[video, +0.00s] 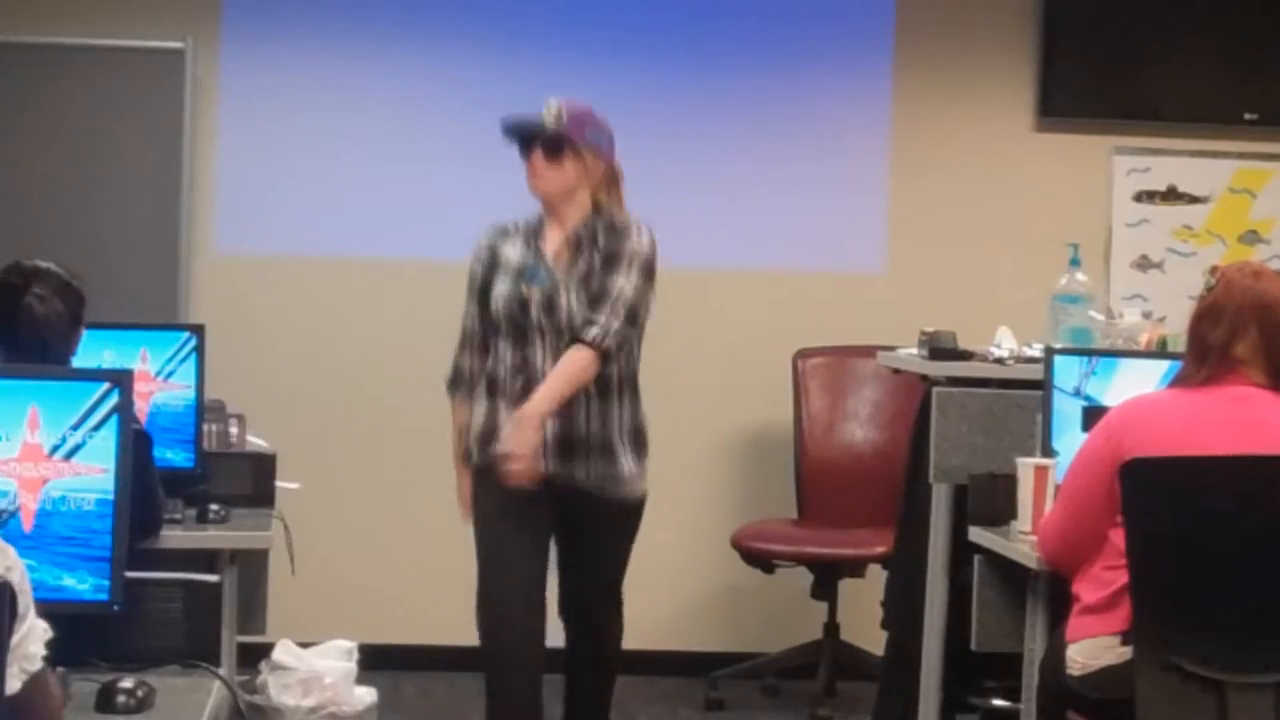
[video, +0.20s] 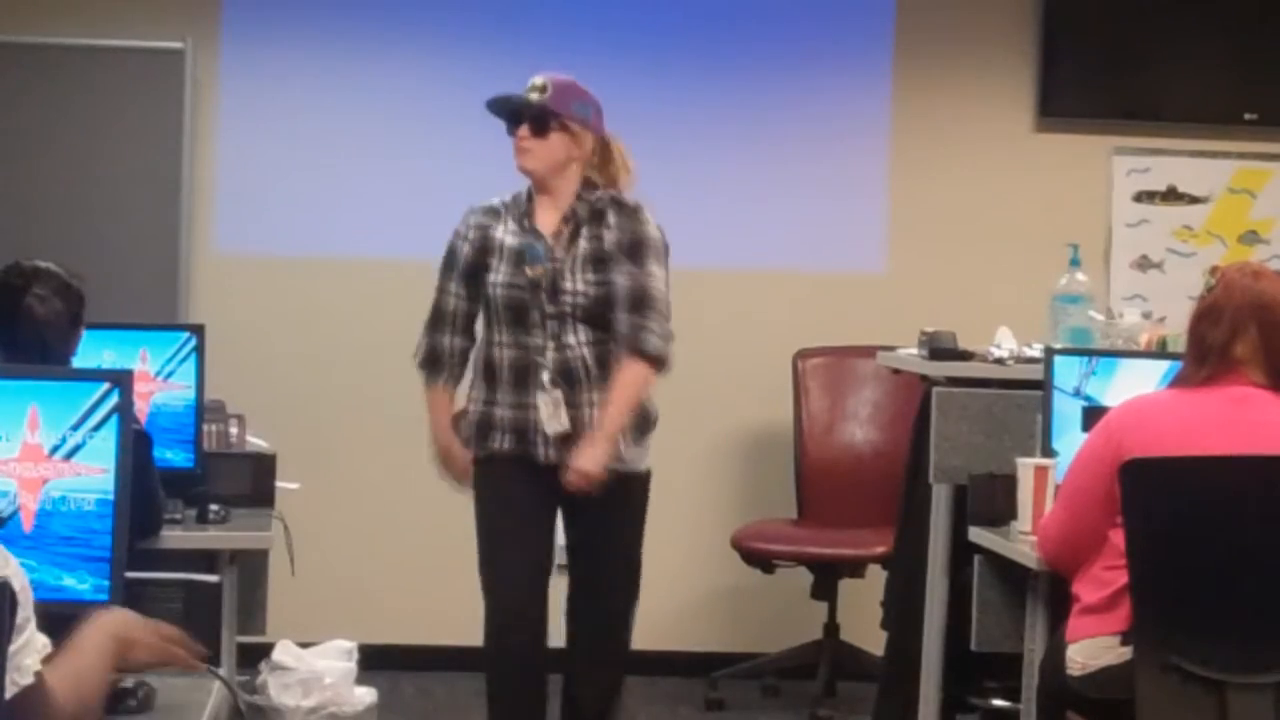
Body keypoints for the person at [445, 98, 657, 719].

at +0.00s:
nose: (536, 161)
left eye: (555, 152)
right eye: (532, 151)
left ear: (594, 164)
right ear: (526, 162)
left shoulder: (629, 241)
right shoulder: (499, 245)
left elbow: (602, 339)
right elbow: (468, 361)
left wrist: (531, 412)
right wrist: (464, 460)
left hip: (600, 472)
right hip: (505, 469)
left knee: (592, 627)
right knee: (507, 628)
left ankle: (586, 716)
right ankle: (512, 717)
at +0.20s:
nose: (521, 132)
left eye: (541, 125)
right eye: (518, 122)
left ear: (582, 142)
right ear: (513, 134)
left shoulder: (630, 226)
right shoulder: (482, 226)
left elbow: (645, 347)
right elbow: (444, 339)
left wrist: (601, 438)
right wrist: (443, 427)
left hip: (607, 454)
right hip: (506, 453)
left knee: (601, 626)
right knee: (512, 622)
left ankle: (588, 715)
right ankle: (513, 715)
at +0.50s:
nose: (588, 141)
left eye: (603, 132)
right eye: (569, 131)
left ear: (617, 149)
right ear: (542, 149)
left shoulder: (648, 234)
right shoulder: (507, 229)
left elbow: (684, 338)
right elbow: (491, 332)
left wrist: (686, 428)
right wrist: (520, 414)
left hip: (610, 440)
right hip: (514, 438)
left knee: (634, 615)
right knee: (507, 615)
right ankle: (504, 715)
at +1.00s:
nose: (694, 136)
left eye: (694, 126)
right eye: (674, 128)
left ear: (691, 134)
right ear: (627, 141)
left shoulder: (712, 221)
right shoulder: (577, 213)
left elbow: (714, 343)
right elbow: (575, 345)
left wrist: (696, 444)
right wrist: (637, 441)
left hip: (685, 462)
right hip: (583, 461)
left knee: (690, 652)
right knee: (588, 650)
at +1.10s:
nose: (701, 156)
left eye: (704, 145)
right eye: (682, 148)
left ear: (709, 153)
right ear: (637, 161)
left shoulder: (730, 248)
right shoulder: (586, 242)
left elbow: (746, 373)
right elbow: (545, 370)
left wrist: (726, 455)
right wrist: (570, 471)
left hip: (698, 472)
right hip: (596, 470)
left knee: (707, 639)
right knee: (595, 644)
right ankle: (600, 719)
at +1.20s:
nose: (695, 177)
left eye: (704, 166)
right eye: (674, 168)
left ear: (715, 179)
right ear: (638, 188)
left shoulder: (740, 280)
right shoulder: (599, 270)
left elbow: (762, 406)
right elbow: (541, 389)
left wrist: (777, 521)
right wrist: (509, 505)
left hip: (707, 499)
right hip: (603, 492)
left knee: (718, 659)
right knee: (591, 650)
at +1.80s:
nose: (570, 121)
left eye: (592, 111)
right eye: (567, 109)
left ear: (641, 127)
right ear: (560, 120)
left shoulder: (695, 211)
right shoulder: (535, 223)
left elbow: (706, 344)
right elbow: (509, 350)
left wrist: (665, 454)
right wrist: (496, 465)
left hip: (672, 469)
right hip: (567, 471)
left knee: (678, 661)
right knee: (565, 659)